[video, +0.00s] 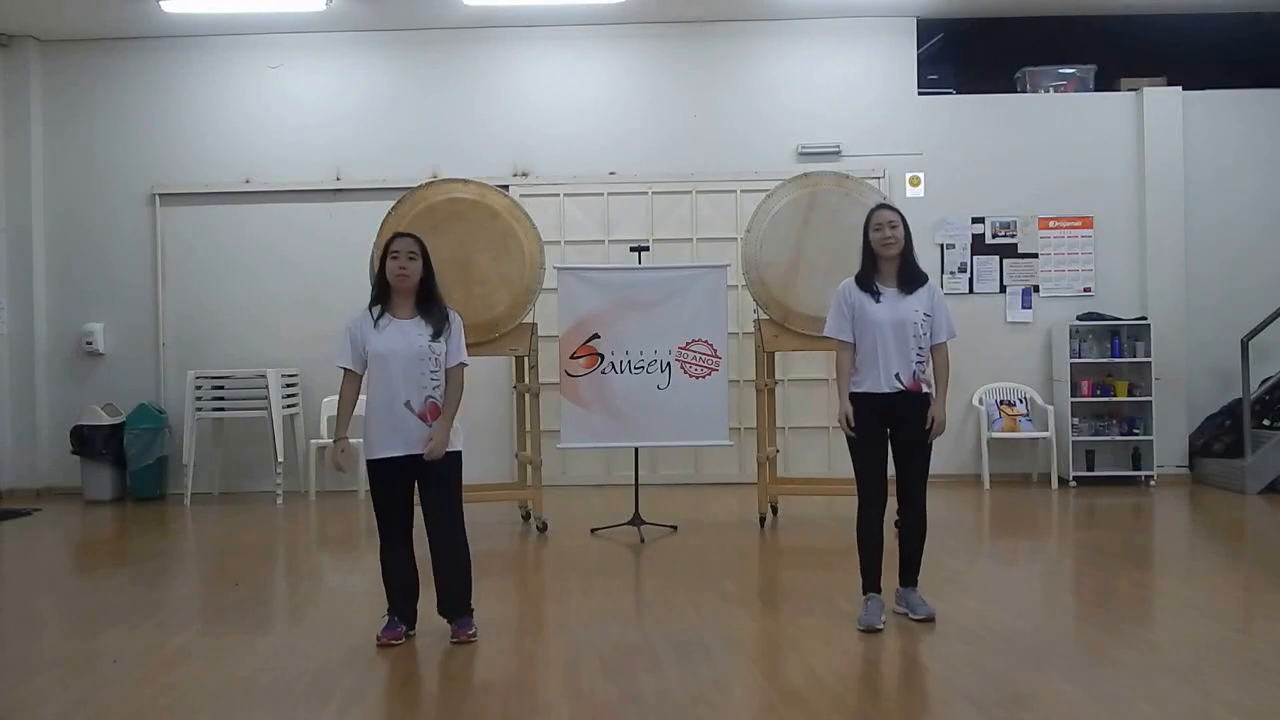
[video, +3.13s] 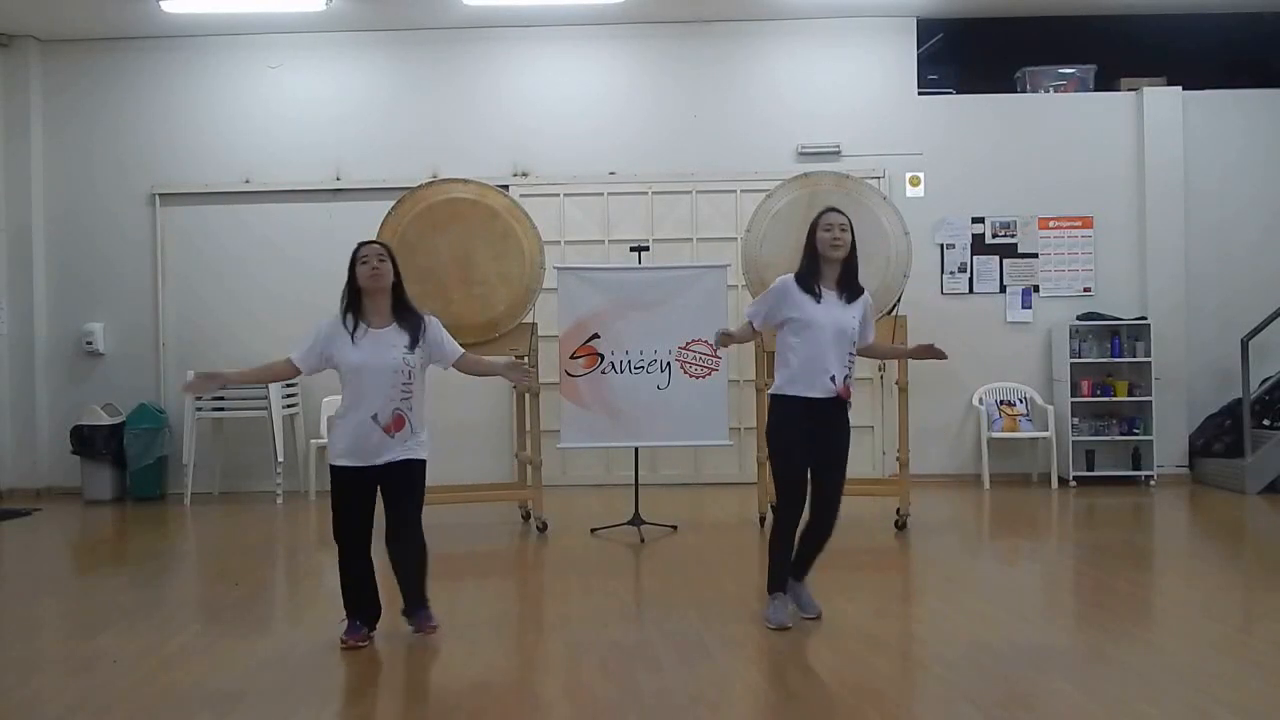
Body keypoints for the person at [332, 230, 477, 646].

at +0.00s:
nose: (402, 264)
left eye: (411, 257)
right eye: (394, 257)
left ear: (424, 268)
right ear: (383, 266)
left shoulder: (446, 320)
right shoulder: (364, 325)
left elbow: (456, 379)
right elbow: (351, 380)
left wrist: (443, 430)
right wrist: (340, 435)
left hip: (438, 445)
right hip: (386, 449)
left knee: (448, 533)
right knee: (394, 538)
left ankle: (460, 614)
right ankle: (400, 616)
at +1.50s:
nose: (443, 269)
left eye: (453, 262)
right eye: (436, 262)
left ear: (467, 270)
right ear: (426, 270)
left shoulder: (487, 326)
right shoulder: (404, 324)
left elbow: (501, 386)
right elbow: (393, 385)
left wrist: (514, 439)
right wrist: (381, 437)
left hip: (471, 449)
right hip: (416, 449)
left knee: (467, 535)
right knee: (421, 537)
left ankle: (461, 615)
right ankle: (424, 615)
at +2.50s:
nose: (431, 273)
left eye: (442, 267)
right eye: (426, 265)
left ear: (458, 277)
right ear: (418, 273)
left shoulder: (476, 330)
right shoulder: (399, 326)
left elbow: (497, 381)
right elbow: (390, 377)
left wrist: (506, 412)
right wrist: (351, 412)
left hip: (460, 450)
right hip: (409, 450)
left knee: (458, 532)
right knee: (403, 529)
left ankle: (460, 614)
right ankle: (425, 596)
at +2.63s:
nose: (425, 268)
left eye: (437, 262)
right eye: (421, 260)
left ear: (453, 274)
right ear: (413, 268)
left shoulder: (467, 324)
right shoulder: (394, 321)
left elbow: (479, 381)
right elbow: (371, 370)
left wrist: (462, 369)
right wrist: (324, 368)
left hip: (453, 448)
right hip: (402, 446)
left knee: (455, 535)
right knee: (385, 524)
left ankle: (459, 616)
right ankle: (401, 592)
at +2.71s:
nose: (419, 262)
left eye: (431, 258)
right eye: (414, 255)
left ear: (447, 270)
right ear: (406, 264)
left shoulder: (457, 319)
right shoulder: (384, 318)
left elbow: (454, 371)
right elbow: (359, 368)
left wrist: (417, 340)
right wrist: (339, 344)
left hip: (445, 445)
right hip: (392, 444)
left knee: (452, 531)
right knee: (375, 529)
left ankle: (459, 616)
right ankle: (370, 611)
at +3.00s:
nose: (390, 263)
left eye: (399, 258)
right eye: (382, 257)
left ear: (413, 272)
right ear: (371, 271)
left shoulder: (428, 321)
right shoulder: (352, 322)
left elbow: (447, 368)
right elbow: (310, 361)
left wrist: (430, 359)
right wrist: (284, 355)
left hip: (411, 448)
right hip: (357, 449)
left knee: (425, 533)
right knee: (356, 537)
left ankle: (452, 614)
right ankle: (360, 619)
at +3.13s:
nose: (375, 267)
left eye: (382, 261)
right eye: (366, 262)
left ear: (395, 274)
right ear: (354, 277)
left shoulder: (421, 326)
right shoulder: (337, 330)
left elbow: (462, 361)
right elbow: (288, 368)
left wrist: (503, 367)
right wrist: (222, 378)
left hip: (405, 450)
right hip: (351, 452)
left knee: (406, 532)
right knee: (351, 539)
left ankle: (417, 607)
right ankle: (360, 618)